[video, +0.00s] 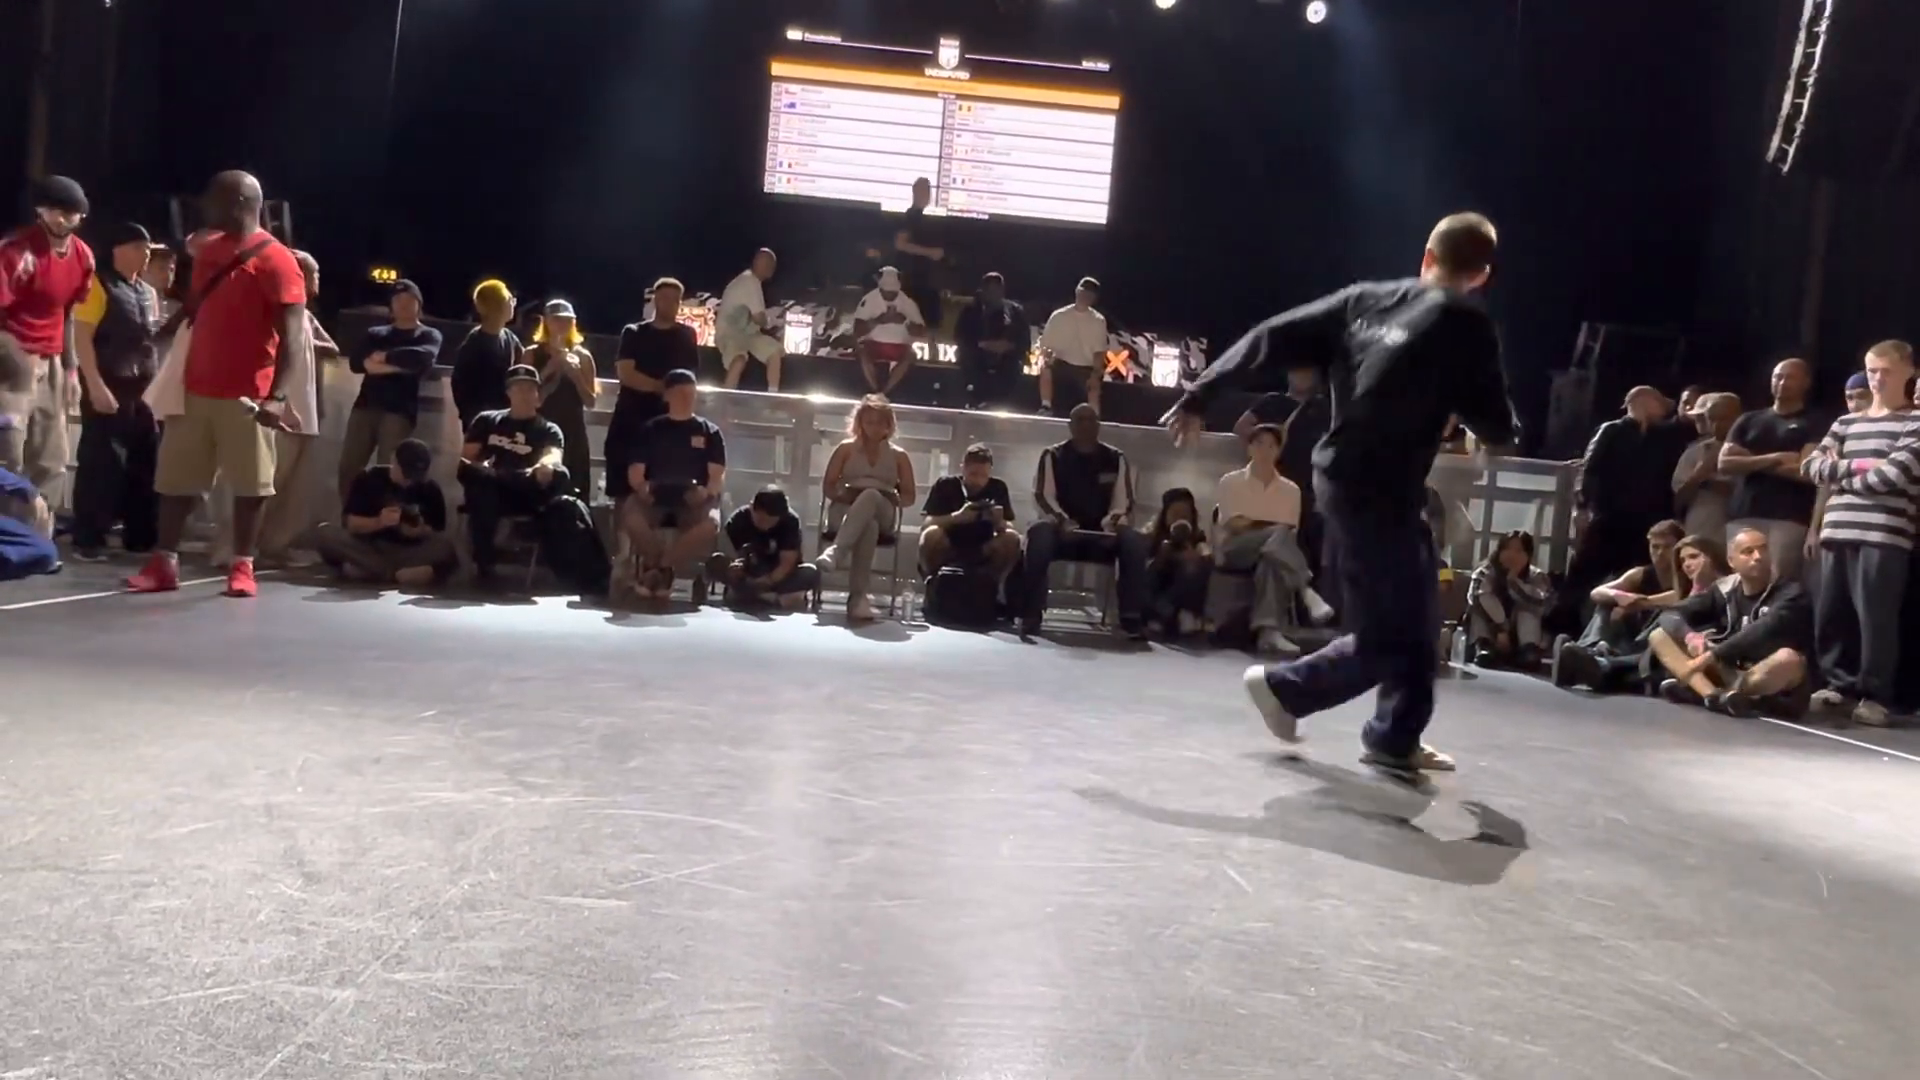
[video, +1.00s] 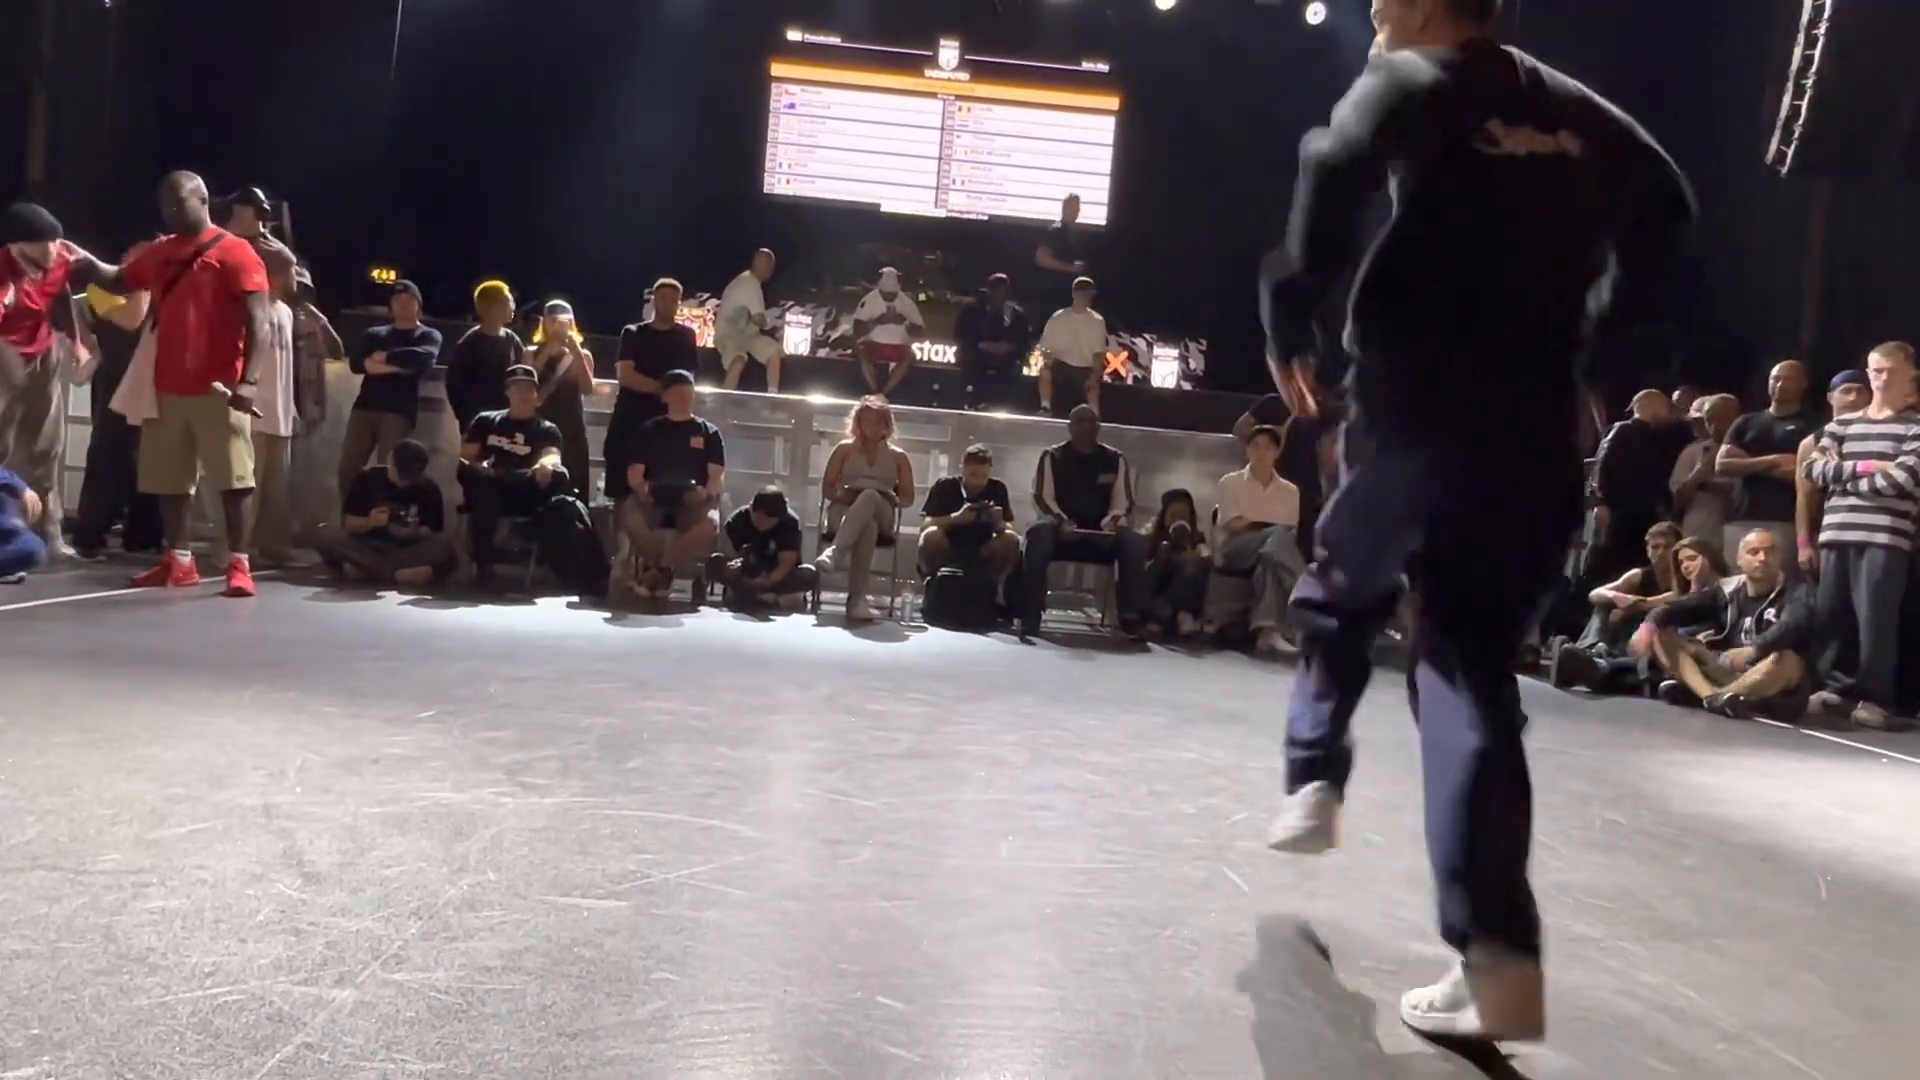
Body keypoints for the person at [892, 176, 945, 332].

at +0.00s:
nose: (928, 195)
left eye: (928, 191)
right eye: (925, 191)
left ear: (928, 193)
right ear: (917, 192)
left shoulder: (920, 217)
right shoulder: (912, 215)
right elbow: (900, 243)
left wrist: (935, 252)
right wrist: (930, 252)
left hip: (922, 275)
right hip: (914, 276)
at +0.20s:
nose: (960, 195)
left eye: (961, 190)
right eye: (957, 190)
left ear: (961, 192)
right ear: (947, 191)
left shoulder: (950, 217)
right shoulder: (942, 215)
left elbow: (941, 242)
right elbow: (934, 241)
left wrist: (961, 255)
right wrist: (960, 253)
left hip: (949, 275)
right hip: (942, 276)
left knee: (946, 320)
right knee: (945, 321)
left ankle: (936, 356)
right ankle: (938, 358)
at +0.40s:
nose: (989, 201)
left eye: (990, 197)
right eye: (986, 197)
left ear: (991, 198)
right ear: (978, 198)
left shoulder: (985, 221)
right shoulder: (972, 220)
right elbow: (965, 248)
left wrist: (996, 257)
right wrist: (992, 257)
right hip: (971, 282)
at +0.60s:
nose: (1018, 206)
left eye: (1019, 202)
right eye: (1015, 202)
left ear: (1021, 203)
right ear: (1007, 202)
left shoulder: (1014, 227)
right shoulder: (999, 225)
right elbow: (991, 251)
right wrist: (1018, 261)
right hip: (1000, 285)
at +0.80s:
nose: (1046, 206)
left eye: (1048, 202)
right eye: (1042, 202)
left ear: (1049, 204)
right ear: (1034, 202)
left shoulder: (1044, 228)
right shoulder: (1023, 226)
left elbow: (1037, 251)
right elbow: (1013, 251)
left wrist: (1047, 260)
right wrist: (1041, 260)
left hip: (1039, 283)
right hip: (1024, 283)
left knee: (1038, 321)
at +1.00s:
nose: (1076, 212)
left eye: (1077, 208)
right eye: (1072, 208)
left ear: (1078, 210)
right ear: (1065, 208)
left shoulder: (1072, 232)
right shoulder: (1055, 231)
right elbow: (1041, 257)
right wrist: (1072, 267)